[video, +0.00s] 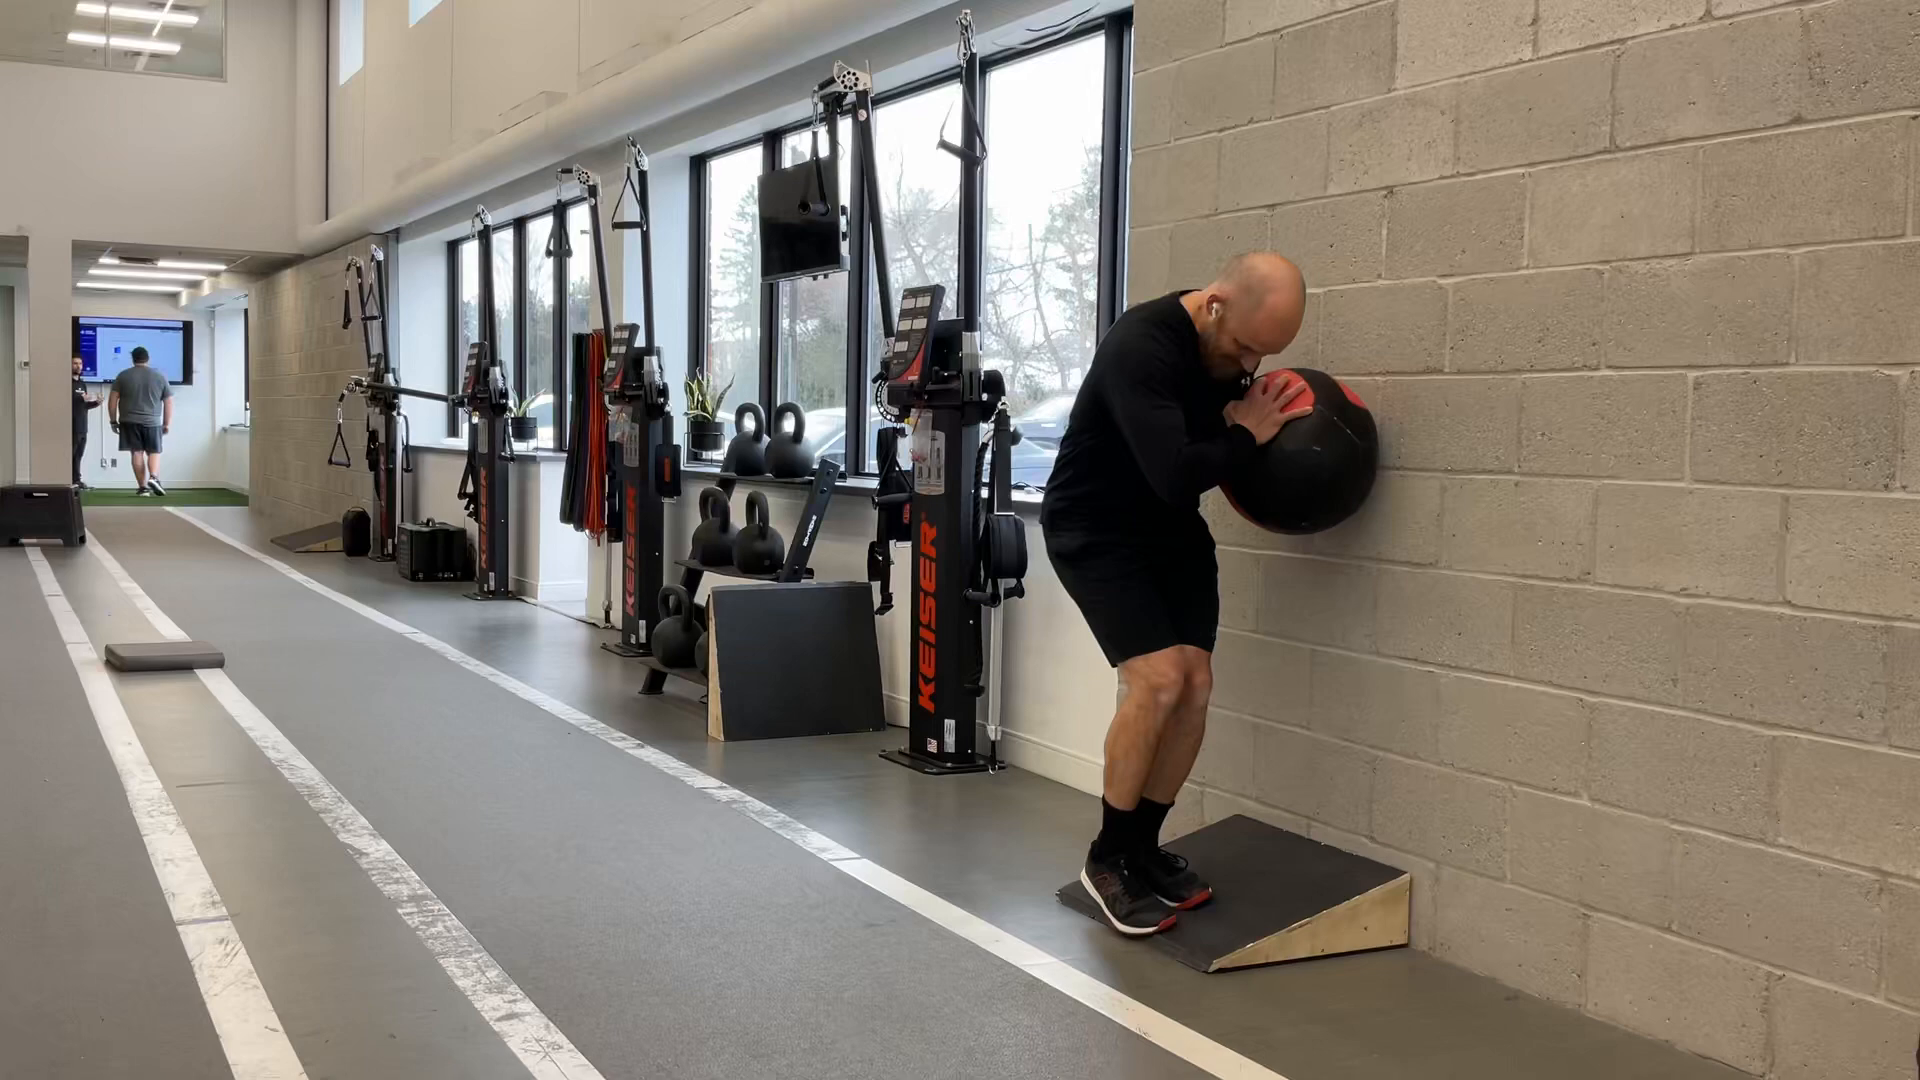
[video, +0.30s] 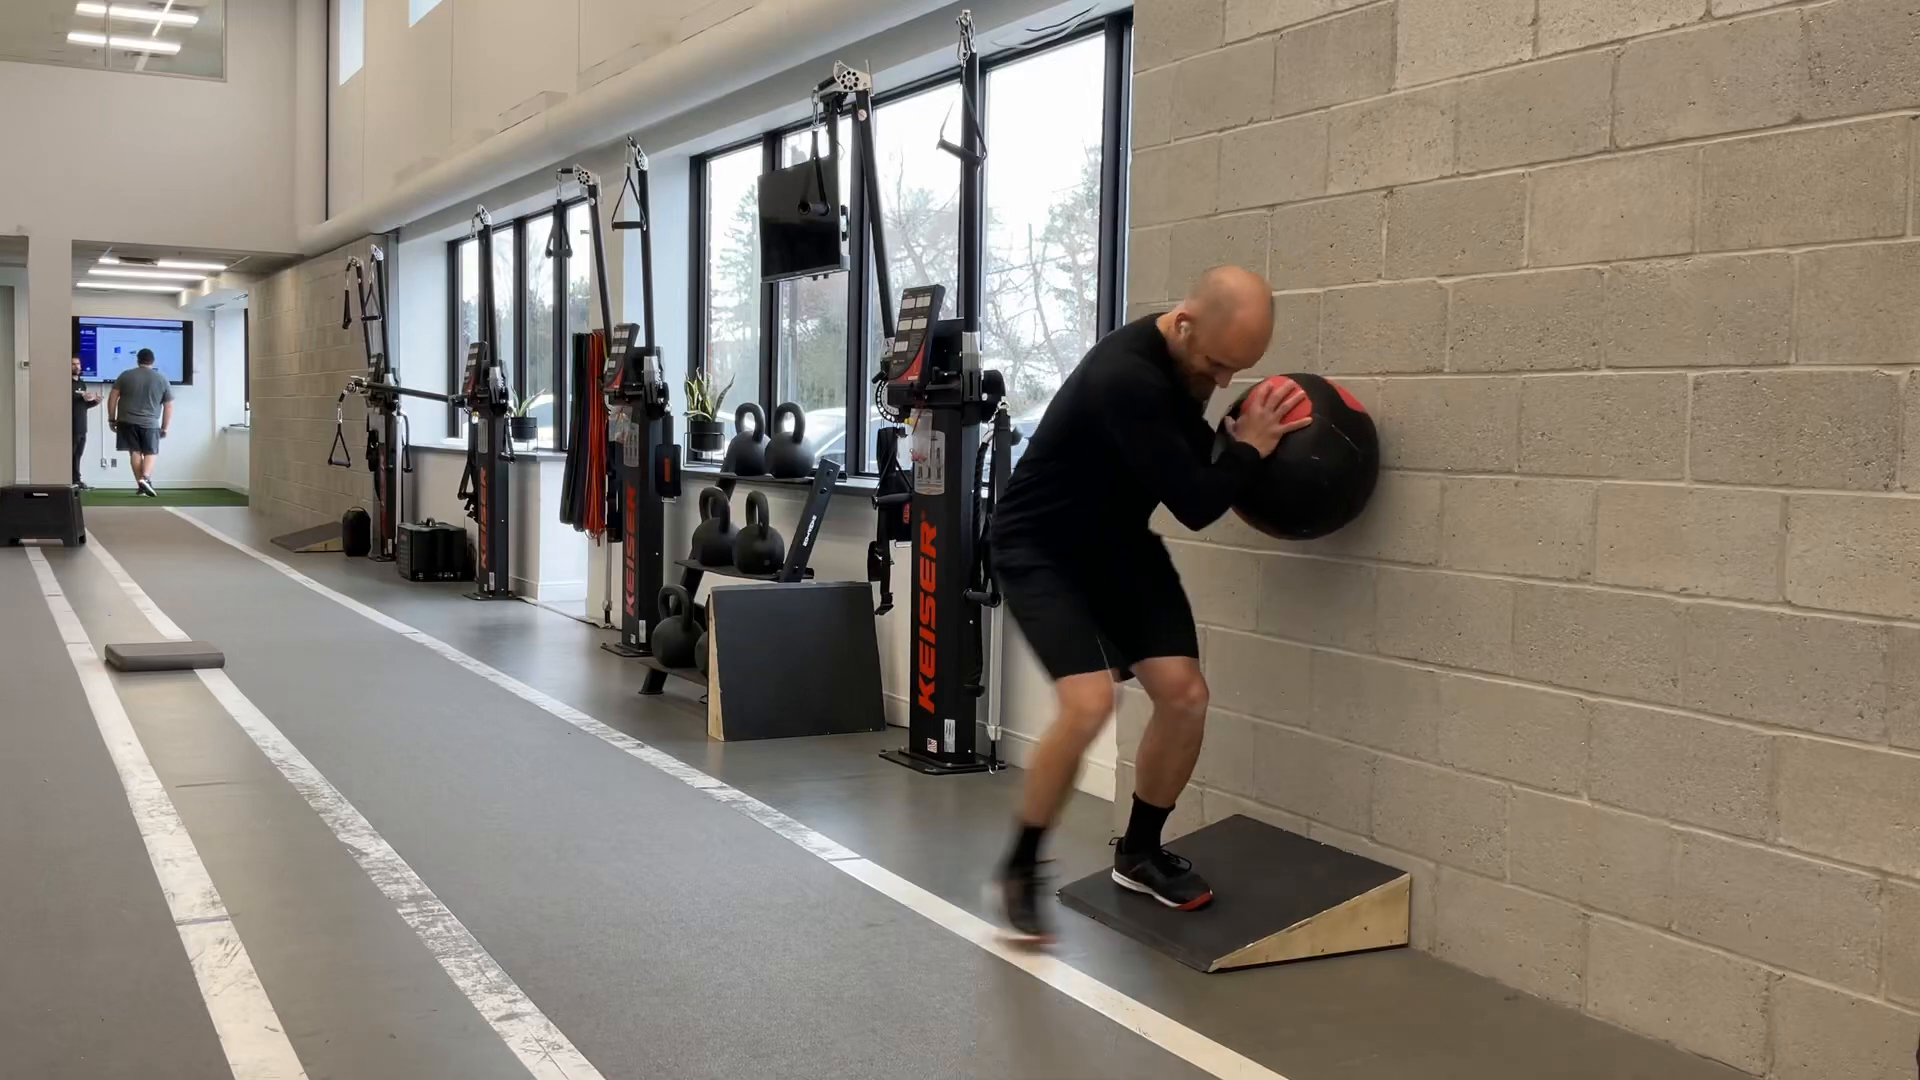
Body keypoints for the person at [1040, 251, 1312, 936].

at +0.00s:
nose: (1252, 366)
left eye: (1264, 355)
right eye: (1245, 349)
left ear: (1278, 329)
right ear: (1212, 304)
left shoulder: (1226, 351)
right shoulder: (1140, 346)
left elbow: (1224, 452)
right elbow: (1172, 475)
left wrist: (1295, 422)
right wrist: (1245, 431)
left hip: (1173, 524)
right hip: (1096, 523)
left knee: (1194, 682)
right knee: (1159, 679)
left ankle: (1142, 848)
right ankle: (1109, 857)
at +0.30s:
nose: (1222, 382)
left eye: (1235, 371)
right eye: (1213, 365)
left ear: (1251, 345)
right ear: (1180, 322)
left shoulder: (1183, 357)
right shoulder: (1127, 377)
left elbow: (1180, 459)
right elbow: (1196, 507)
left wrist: (1228, 437)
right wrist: (1247, 448)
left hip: (1117, 537)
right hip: (1037, 536)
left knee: (1184, 693)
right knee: (1089, 698)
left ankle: (1140, 852)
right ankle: (1019, 871)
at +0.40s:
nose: (1187, 376)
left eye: (1197, 365)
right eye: (1178, 360)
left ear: (1214, 338)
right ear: (1138, 325)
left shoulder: (1147, 370)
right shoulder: (1100, 387)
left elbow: (1192, 448)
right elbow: (1192, 500)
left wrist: (1247, 441)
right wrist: (1250, 459)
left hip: (1082, 552)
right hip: (995, 553)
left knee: (1178, 704)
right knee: (972, 714)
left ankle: (1139, 852)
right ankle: (868, 875)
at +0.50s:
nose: (1112, 337)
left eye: (1122, 321)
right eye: (1099, 318)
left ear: (1132, 307)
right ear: (1061, 297)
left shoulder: (1098, 355)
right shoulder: (1032, 365)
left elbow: (1142, 445)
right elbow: (1135, 463)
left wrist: (1215, 450)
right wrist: (1222, 444)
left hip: (1023, 556)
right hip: (929, 551)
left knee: (1132, 706)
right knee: (854, 690)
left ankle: (1135, 853)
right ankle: (722, 859)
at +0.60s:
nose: (1023, 288)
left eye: (1034, 274)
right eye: (1011, 271)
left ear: (1038, 260)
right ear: (968, 245)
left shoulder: (1012, 325)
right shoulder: (926, 302)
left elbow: (1049, 420)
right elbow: (983, 418)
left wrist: (1126, 441)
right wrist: (1092, 417)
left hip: (942, 530)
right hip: (847, 520)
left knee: (1029, 690)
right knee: (739, 680)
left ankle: (1108, 844)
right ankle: (586, 873)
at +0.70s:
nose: (916, 291)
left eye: (927, 273)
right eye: (900, 272)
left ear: (937, 263)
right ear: (855, 245)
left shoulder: (922, 327)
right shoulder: (804, 299)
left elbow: (943, 442)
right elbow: (785, 408)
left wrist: (990, 422)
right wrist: (909, 398)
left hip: (837, 541)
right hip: (745, 540)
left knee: (969, 676)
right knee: (639, 725)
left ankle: (934, 826)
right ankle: (477, 915)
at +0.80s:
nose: (799, 343)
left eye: (815, 326)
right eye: (784, 324)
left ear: (834, 307)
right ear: (750, 292)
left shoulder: (833, 385)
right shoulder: (675, 364)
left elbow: (872, 500)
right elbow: (595, 465)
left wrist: (861, 565)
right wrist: (713, 448)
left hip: (750, 596)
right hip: (642, 597)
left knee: (860, 724)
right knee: (584, 787)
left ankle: (717, 812)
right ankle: (421, 956)